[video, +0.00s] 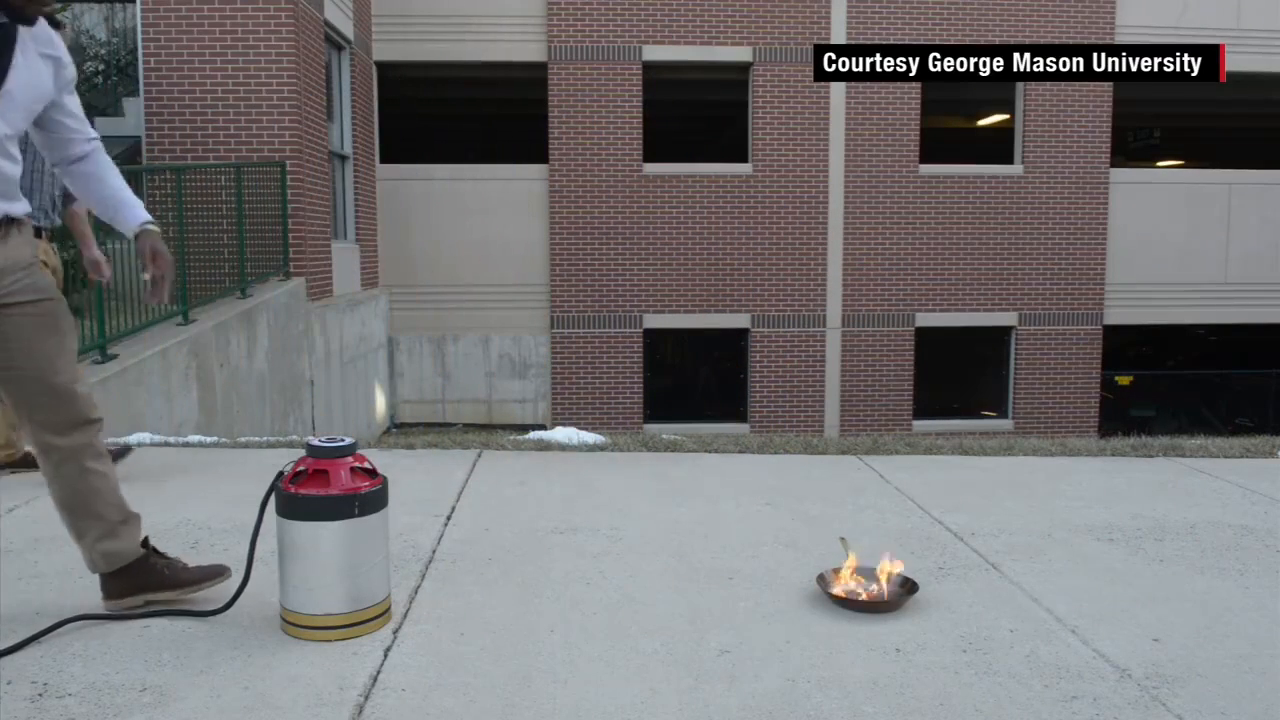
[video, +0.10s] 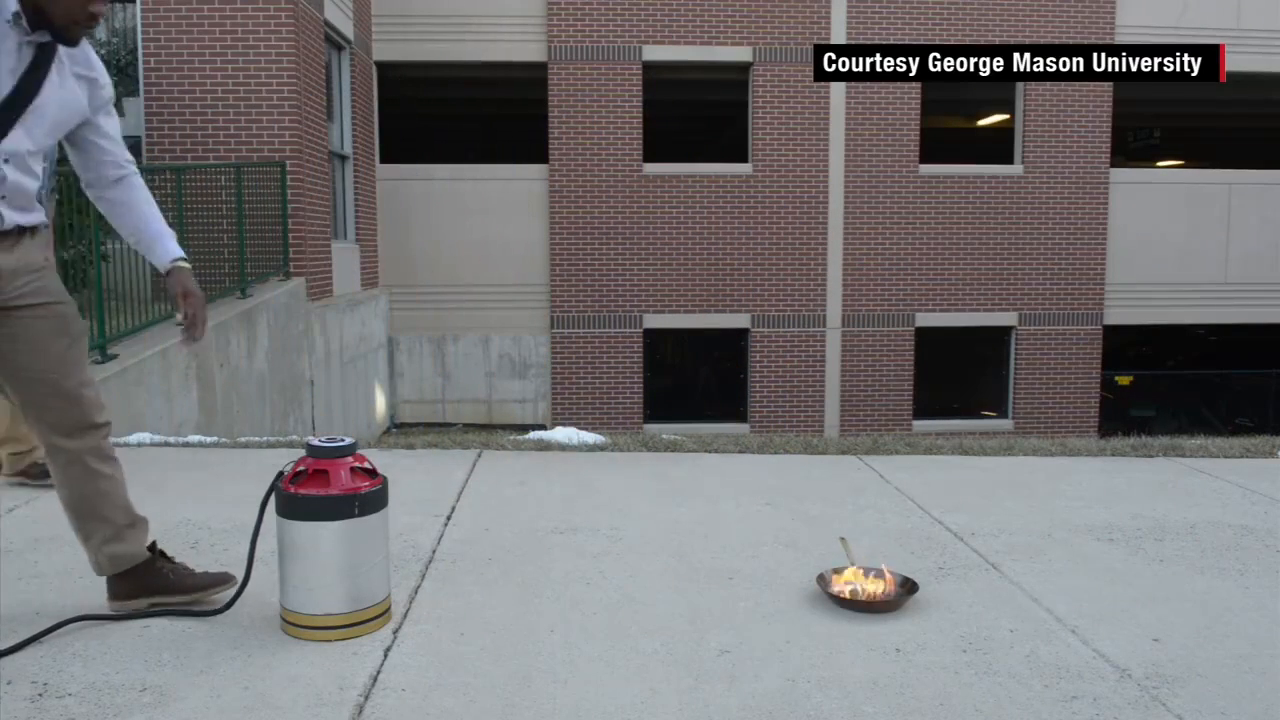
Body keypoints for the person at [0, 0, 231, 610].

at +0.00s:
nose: (55, 1)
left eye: (54, 4)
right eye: (48, 1)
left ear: (31, 3)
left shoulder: (41, 43)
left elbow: (78, 149)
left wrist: (139, 225)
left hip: (10, 243)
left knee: (61, 408)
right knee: (57, 410)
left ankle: (123, 562)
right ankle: (123, 561)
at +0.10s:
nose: (100, 10)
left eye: (105, 1)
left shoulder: (81, 72)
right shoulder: (1, 29)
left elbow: (113, 176)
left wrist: (172, 262)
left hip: (18, 250)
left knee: (75, 414)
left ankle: (130, 566)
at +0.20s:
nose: (169, 54)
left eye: (179, 42)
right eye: (161, 35)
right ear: (111, 7)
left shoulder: (145, 115)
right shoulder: (16, 25)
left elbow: (170, 218)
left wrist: (225, 316)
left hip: (43, 263)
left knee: (105, 412)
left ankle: (136, 568)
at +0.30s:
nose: (214, 80)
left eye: (222, 67)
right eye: (206, 60)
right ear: (156, 35)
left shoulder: (183, 145)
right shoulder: (43, 40)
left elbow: (206, 248)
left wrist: (260, 349)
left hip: (69, 268)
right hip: (2, 262)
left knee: (127, 405)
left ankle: (139, 568)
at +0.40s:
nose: (264, 110)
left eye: (272, 98)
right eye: (256, 91)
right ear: (210, 64)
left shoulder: (226, 174)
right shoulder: (86, 60)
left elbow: (250, 282)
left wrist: (301, 384)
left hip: (100, 272)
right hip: (16, 259)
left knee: (163, 403)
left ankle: (141, 569)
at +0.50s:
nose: (286, 121)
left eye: (295, 109)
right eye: (282, 100)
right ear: (235, 74)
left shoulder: (247, 185)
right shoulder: (113, 67)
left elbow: (266, 289)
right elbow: (7, 113)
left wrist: (312, 394)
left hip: (119, 275)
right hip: (30, 257)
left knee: (179, 408)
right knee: (3, 419)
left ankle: (142, 570)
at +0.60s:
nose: (307, 121)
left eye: (315, 109)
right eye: (300, 101)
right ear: (253, 77)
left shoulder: (264, 189)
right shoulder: (138, 70)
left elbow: (274, 292)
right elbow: (20, 115)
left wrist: (315, 398)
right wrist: (1, 188)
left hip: (136, 278)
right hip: (46, 256)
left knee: (190, 409)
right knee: (2, 420)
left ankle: (142, 569)